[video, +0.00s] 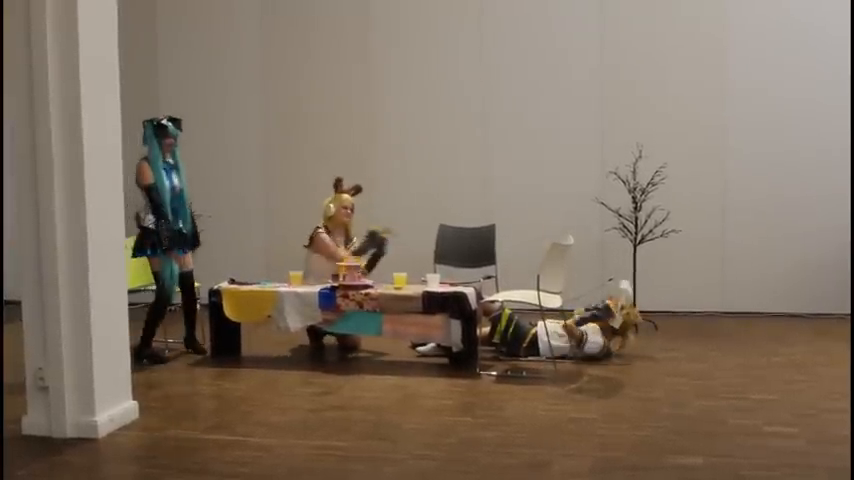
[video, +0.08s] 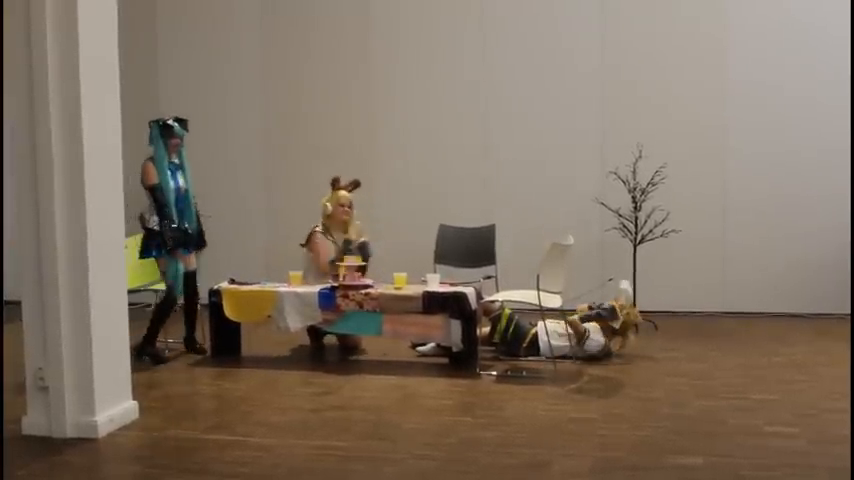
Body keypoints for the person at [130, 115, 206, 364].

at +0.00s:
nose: (172, 142)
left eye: (174, 138)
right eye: (167, 138)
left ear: (175, 140)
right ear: (155, 140)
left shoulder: (173, 165)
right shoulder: (145, 167)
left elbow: (183, 201)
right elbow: (155, 204)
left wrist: (192, 229)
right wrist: (169, 233)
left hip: (179, 232)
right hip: (156, 235)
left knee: (189, 289)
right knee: (165, 292)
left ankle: (191, 338)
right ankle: (144, 346)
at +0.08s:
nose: (180, 142)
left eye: (180, 138)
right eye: (175, 138)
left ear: (180, 140)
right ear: (163, 140)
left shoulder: (179, 165)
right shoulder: (151, 167)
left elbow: (189, 200)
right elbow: (161, 204)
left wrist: (198, 230)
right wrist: (171, 235)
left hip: (185, 233)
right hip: (163, 236)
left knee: (192, 290)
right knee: (172, 293)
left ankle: (191, 339)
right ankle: (148, 343)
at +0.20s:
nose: (186, 143)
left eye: (188, 138)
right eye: (182, 138)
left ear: (188, 140)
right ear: (170, 139)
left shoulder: (186, 164)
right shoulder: (157, 165)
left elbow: (196, 199)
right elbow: (164, 204)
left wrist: (206, 230)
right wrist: (176, 236)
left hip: (190, 232)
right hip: (168, 234)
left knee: (195, 285)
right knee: (185, 284)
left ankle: (191, 337)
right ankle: (165, 338)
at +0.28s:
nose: (188, 143)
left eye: (190, 139)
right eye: (184, 139)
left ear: (191, 140)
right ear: (173, 139)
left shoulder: (187, 162)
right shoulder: (158, 165)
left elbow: (198, 199)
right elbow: (163, 203)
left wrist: (209, 227)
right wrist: (174, 236)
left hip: (190, 231)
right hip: (170, 234)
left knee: (192, 285)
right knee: (188, 284)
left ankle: (189, 338)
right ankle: (178, 339)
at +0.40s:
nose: (189, 142)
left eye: (191, 138)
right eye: (185, 138)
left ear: (193, 139)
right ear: (174, 137)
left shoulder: (188, 161)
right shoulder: (160, 163)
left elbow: (198, 197)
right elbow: (161, 203)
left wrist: (212, 221)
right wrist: (179, 231)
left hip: (191, 229)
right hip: (171, 231)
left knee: (194, 283)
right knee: (187, 282)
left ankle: (190, 337)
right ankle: (179, 337)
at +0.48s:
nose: (189, 145)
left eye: (192, 141)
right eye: (185, 140)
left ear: (194, 142)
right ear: (175, 139)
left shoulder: (189, 164)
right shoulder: (160, 163)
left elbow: (197, 197)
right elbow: (158, 201)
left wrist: (208, 219)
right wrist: (180, 222)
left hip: (191, 231)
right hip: (170, 233)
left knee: (195, 286)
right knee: (184, 285)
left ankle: (191, 338)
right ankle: (178, 338)